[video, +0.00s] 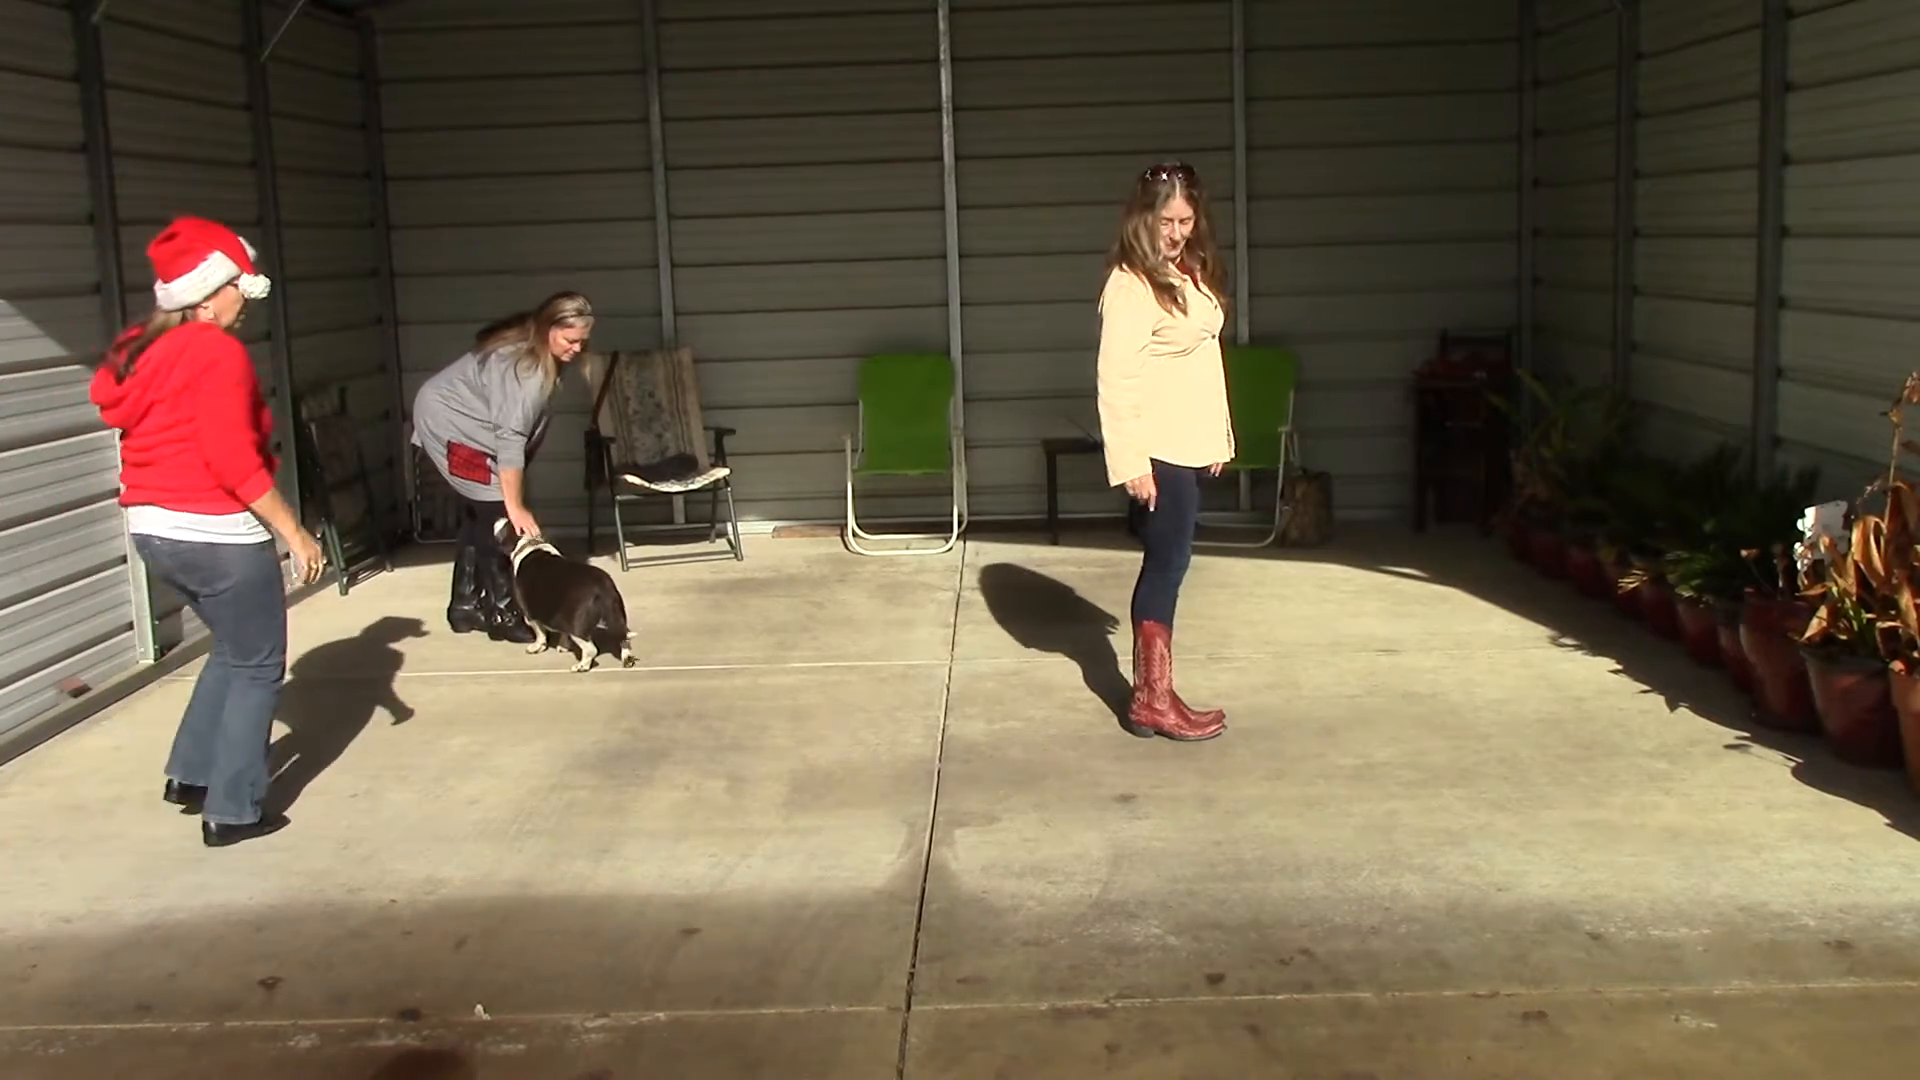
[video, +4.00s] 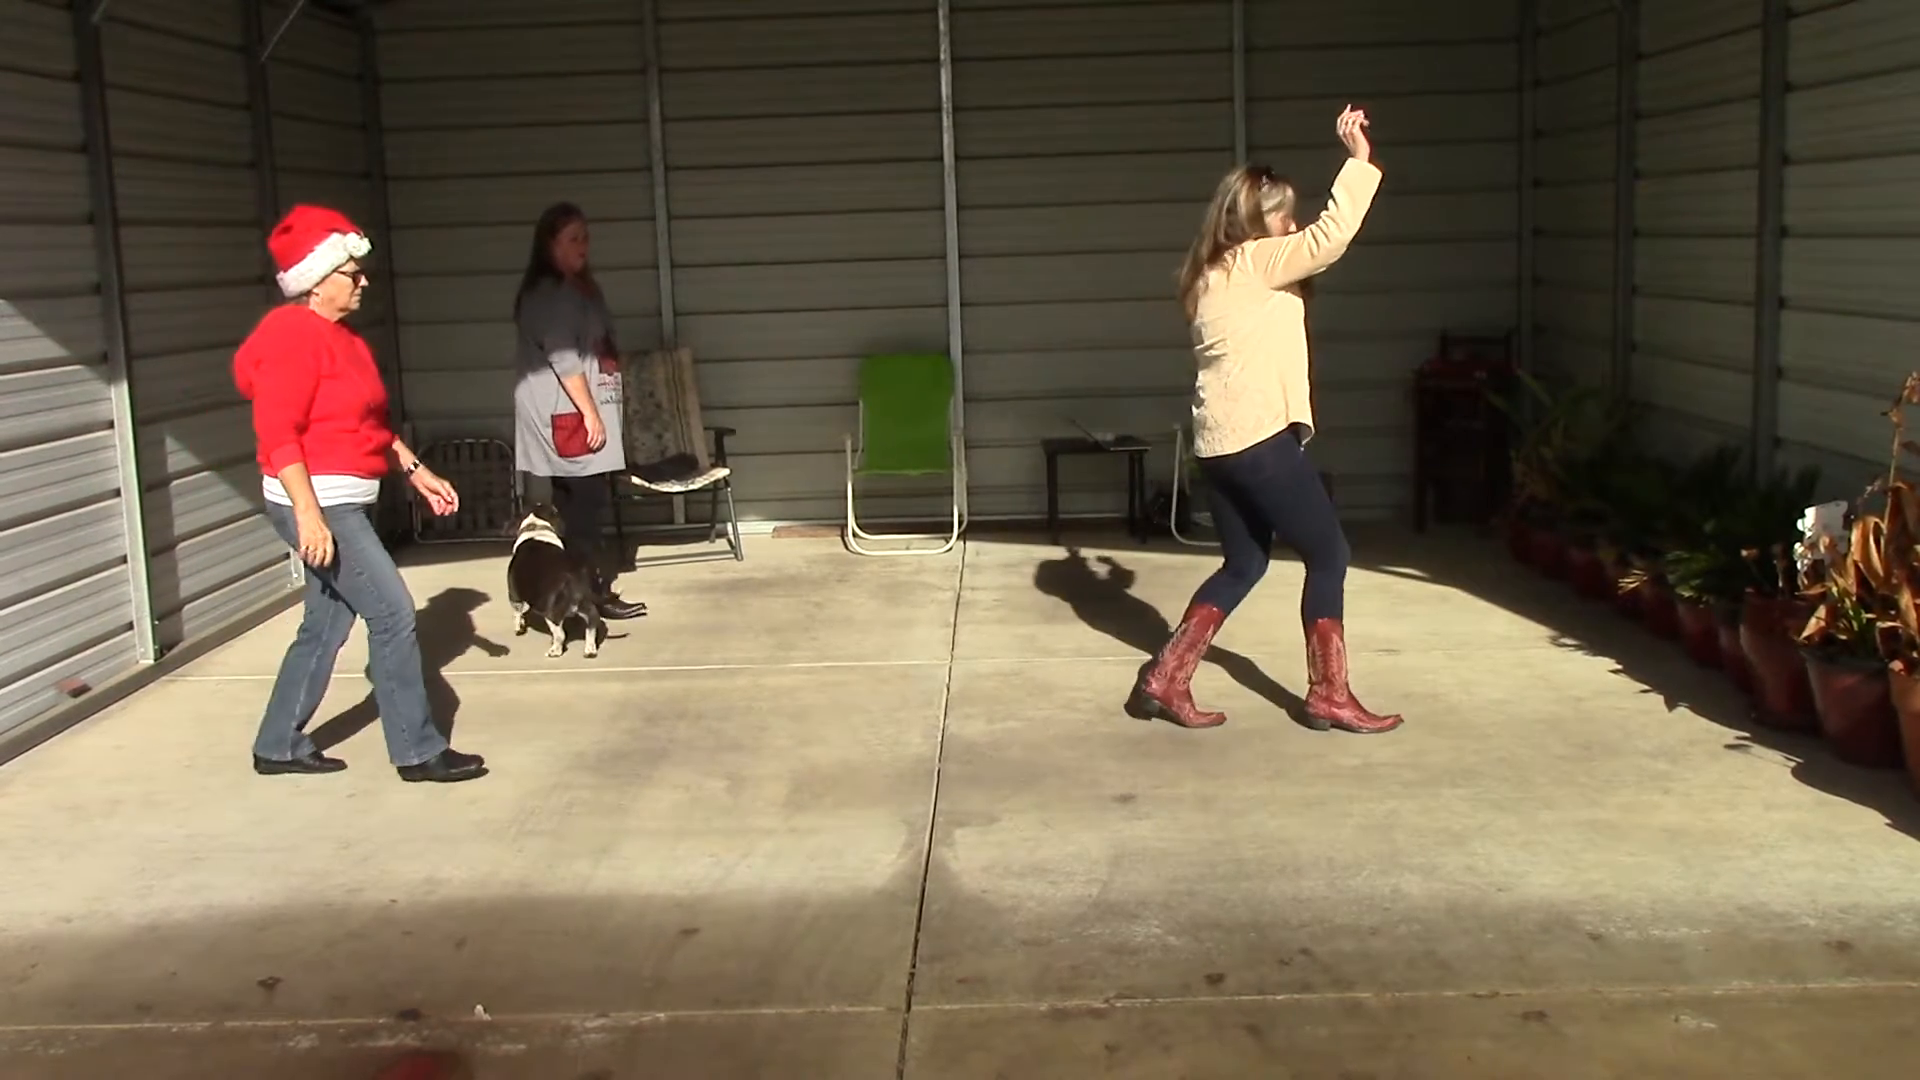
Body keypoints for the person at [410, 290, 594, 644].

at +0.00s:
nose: (576, 349)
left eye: (581, 342)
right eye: (571, 341)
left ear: (585, 335)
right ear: (549, 330)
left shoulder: (533, 352)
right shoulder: (526, 368)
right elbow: (510, 441)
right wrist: (515, 508)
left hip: (453, 411)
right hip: (445, 416)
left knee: (480, 507)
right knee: (494, 508)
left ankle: (464, 604)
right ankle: (502, 611)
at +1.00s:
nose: (572, 330)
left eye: (577, 322)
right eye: (564, 321)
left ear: (583, 319)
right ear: (541, 314)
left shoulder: (539, 346)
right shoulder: (525, 359)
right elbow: (510, 431)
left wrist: (516, 479)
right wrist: (521, 492)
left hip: (467, 413)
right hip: (455, 418)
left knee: (486, 507)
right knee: (499, 508)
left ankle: (468, 599)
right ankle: (502, 610)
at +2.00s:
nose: (561, 249)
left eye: (564, 241)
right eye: (551, 242)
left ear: (568, 245)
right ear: (531, 248)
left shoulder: (572, 290)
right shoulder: (520, 298)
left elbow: (580, 351)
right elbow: (542, 364)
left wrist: (595, 394)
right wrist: (581, 415)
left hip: (559, 408)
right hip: (525, 413)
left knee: (556, 505)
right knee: (538, 510)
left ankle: (557, 592)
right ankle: (534, 597)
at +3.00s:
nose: (552, 245)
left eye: (554, 236)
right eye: (542, 238)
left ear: (559, 240)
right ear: (520, 244)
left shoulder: (563, 287)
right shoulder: (517, 292)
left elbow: (582, 346)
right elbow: (536, 358)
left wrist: (596, 395)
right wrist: (570, 407)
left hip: (558, 409)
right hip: (528, 412)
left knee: (554, 500)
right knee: (534, 503)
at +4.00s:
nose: (581, 247)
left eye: (584, 239)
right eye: (572, 240)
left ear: (587, 242)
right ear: (550, 245)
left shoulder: (580, 287)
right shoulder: (547, 293)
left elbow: (593, 342)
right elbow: (562, 358)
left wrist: (606, 360)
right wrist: (589, 411)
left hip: (572, 404)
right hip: (556, 408)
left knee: (576, 500)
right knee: (587, 498)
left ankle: (574, 589)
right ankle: (594, 590)